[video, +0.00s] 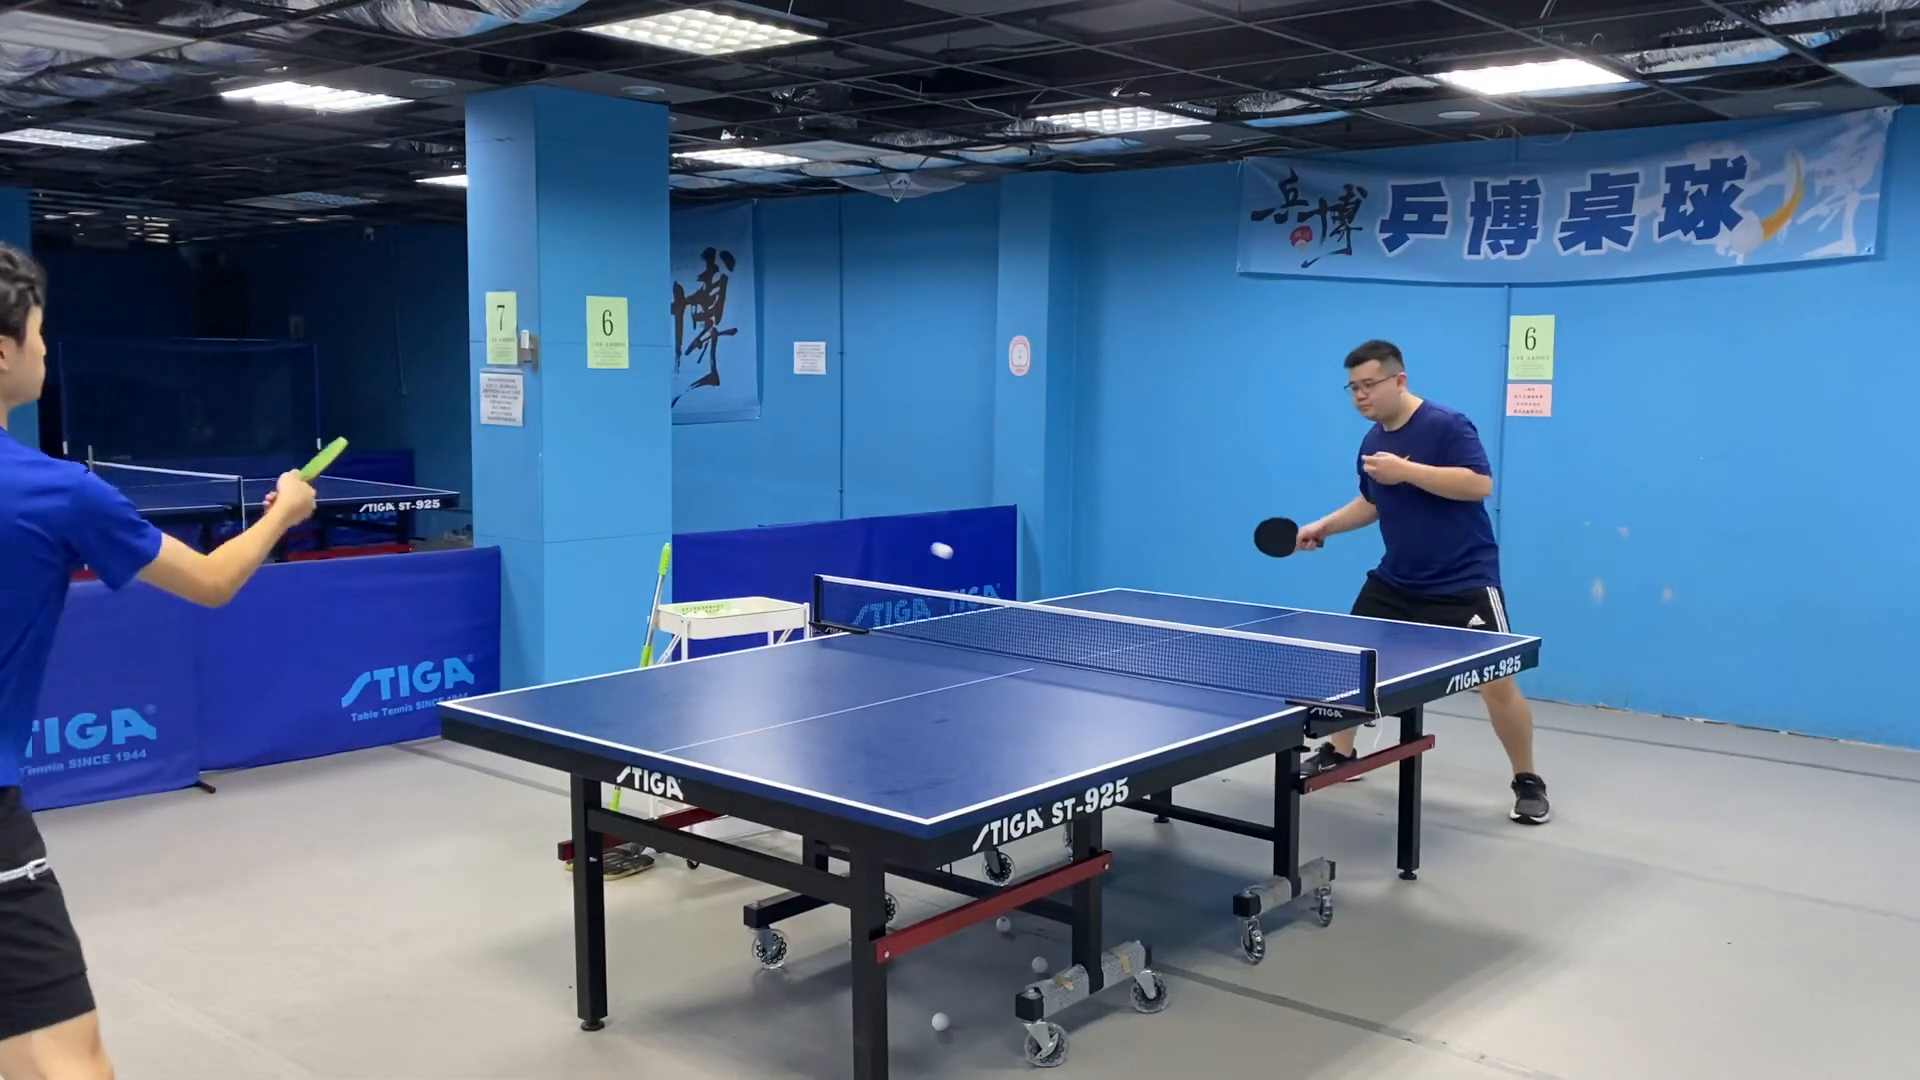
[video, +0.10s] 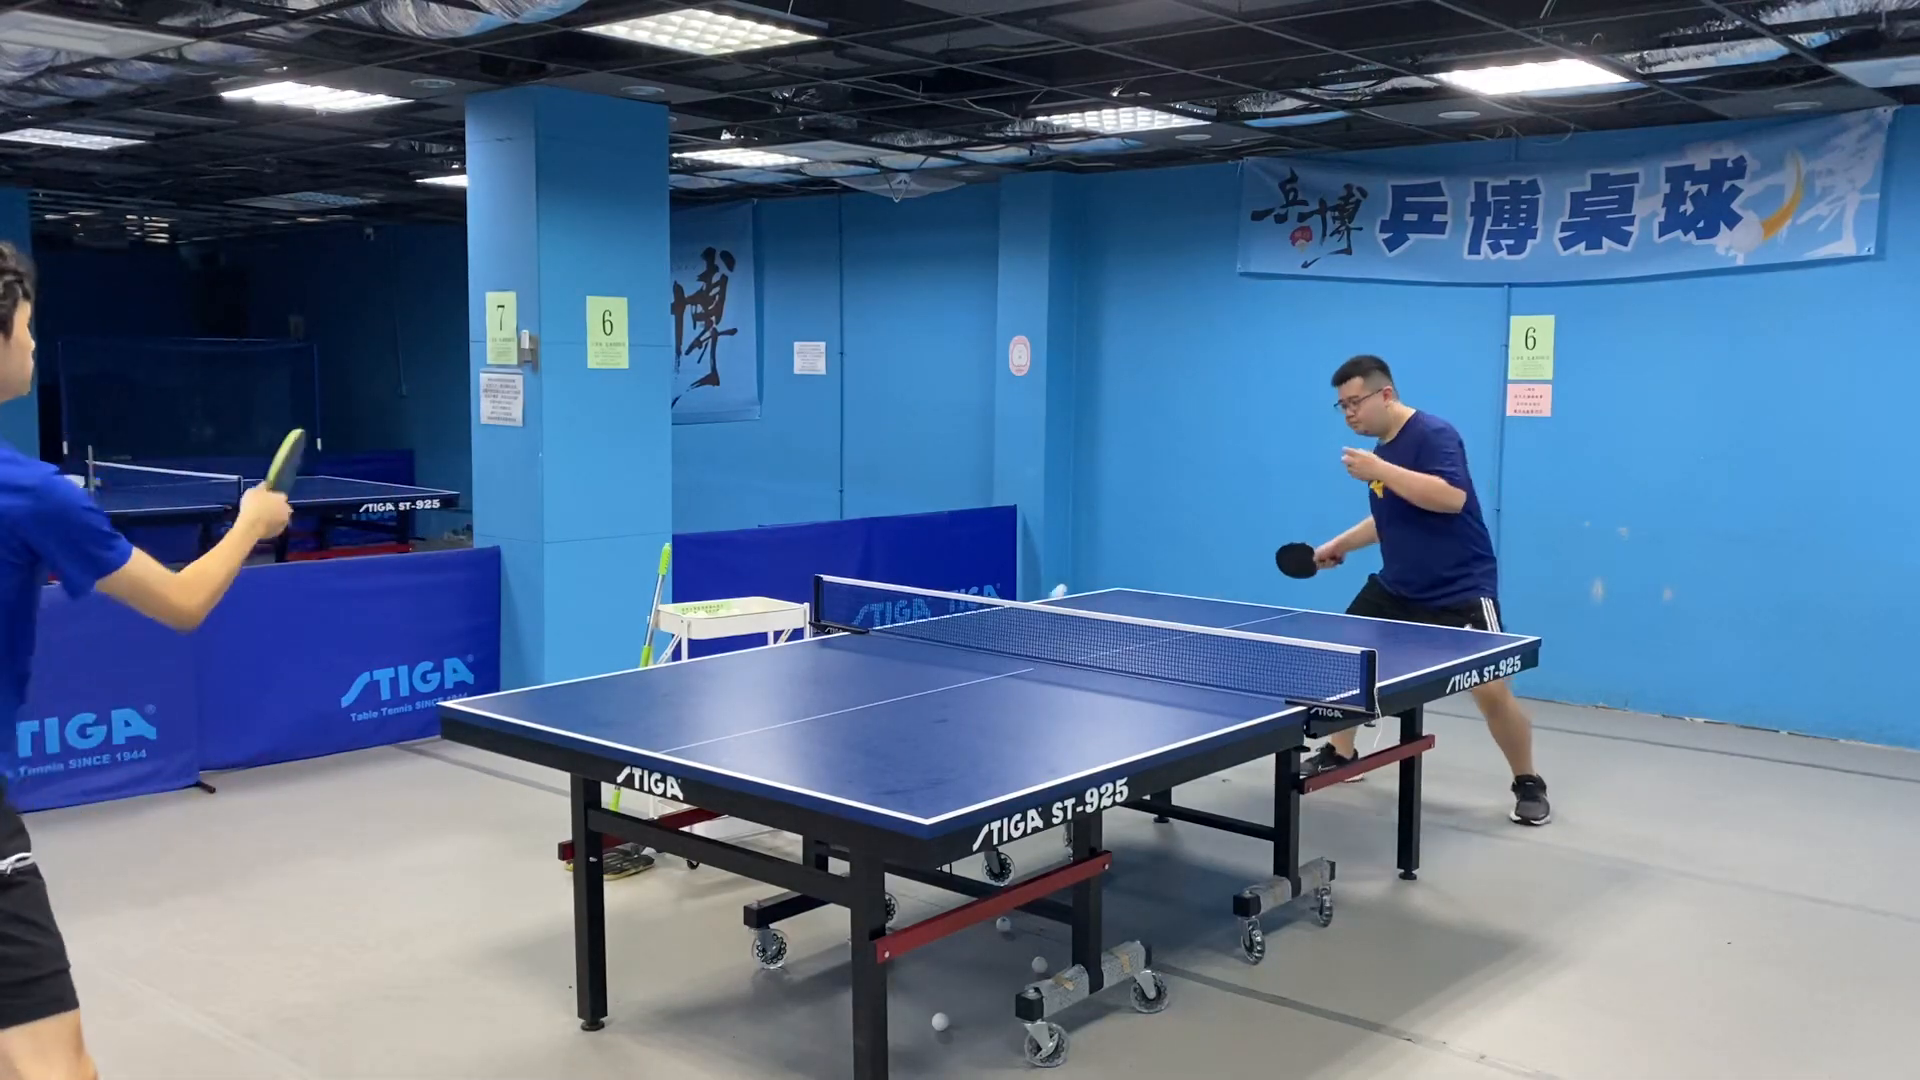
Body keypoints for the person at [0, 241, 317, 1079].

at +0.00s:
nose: (44, 355)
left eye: (39, 334)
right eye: (37, 336)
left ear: (0, 349)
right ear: (1, 349)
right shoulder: (52, 490)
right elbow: (209, 582)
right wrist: (283, 513)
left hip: (6, 798)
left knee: (27, 1051)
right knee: (66, 1052)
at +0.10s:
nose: (31, 345)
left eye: (26, 325)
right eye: (25, 327)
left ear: (9, 331)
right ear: (3, 333)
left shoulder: (20, 482)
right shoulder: (26, 488)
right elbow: (183, 602)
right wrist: (252, 525)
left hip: (9, 809)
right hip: (1, 812)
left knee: (45, 1052)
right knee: (49, 1055)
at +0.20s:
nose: (25, 362)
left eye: (22, 339)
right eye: (20, 340)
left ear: (6, 345)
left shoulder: (19, 517)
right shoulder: (16, 515)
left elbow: (150, 654)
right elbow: (156, 657)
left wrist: (225, 582)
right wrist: (232, 578)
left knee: (38, 1048)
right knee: (39, 1050)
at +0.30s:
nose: (36, 377)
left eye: (30, 354)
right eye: (27, 355)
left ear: (0, 361)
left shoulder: (18, 539)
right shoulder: (16, 540)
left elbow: (130, 702)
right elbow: (139, 708)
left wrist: (230, 636)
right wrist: (237, 632)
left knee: (23, 1056)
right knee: (21, 1060)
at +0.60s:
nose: (87, 489)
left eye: (84, 470)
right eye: (77, 470)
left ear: (20, 492)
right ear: (20, 490)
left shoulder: (13, 597)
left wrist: (120, 795)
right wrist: (19, 927)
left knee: (21, 1047)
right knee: (20, 1050)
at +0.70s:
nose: (98, 541)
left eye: (94, 522)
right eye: (86, 523)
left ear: (28, 547)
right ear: (26, 544)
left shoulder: (22, 638)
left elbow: (8, 769)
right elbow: (14, 774)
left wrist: (137, 837)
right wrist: (136, 837)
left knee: (24, 1062)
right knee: (22, 1064)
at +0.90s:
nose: (102, 498)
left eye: (98, 476)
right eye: (92, 476)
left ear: (27, 498)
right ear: (28, 496)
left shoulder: (38, 587)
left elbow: (5, 715)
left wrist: (147, 774)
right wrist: (147, 774)